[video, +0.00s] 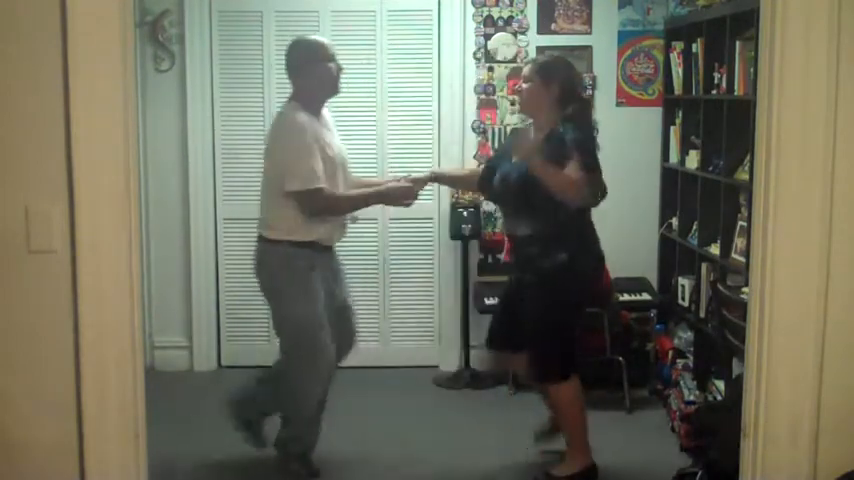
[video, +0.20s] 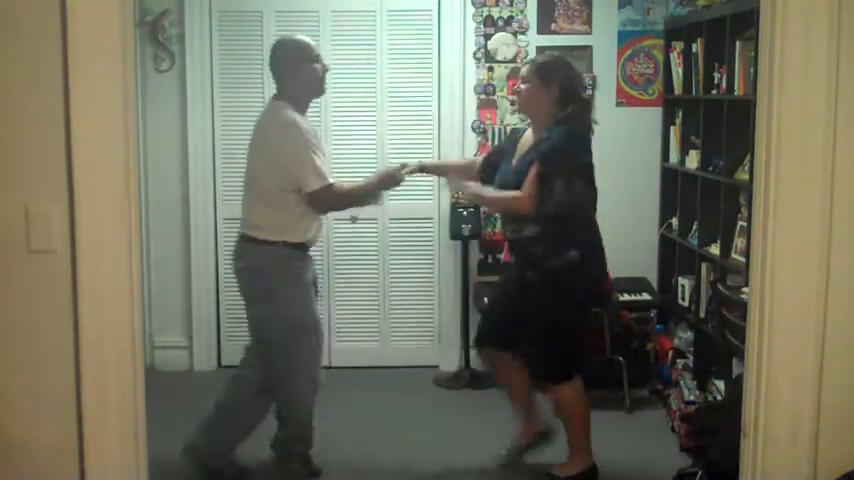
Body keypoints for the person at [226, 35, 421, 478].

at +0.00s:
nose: (339, 68)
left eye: (337, 62)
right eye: (329, 63)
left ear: (316, 74)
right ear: (302, 73)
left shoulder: (317, 121)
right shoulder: (294, 126)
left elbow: (339, 188)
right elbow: (313, 204)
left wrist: (389, 186)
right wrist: (382, 196)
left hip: (317, 253)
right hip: (289, 256)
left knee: (339, 339)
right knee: (311, 355)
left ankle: (251, 403)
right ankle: (294, 453)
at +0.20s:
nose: (325, 69)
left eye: (321, 61)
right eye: (314, 62)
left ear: (292, 73)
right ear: (290, 72)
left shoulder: (282, 120)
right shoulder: (288, 125)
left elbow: (309, 193)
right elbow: (321, 198)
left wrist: (357, 197)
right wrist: (376, 185)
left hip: (274, 255)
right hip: (275, 259)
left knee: (272, 358)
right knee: (299, 356)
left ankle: (209, 448)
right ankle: (294, 455)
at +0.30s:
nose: (319, 70)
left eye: (317, 62)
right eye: (310, 63)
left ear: (284, 73)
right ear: (286, 72)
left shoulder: (266, 117)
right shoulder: (282, 124)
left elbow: (277, 191)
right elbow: (310, 199)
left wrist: (327, 211)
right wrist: (373, 180)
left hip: (251, 251)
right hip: (270, 256)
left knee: (255, 359)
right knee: (309, 351)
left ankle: (202, 458)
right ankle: (293, 456)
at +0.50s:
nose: (317, 72)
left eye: (314, 64)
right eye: (308, 65)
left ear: (278, 75)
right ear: (283, 73)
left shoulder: (256, 119)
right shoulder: (283, 126)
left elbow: (228, 182)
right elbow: (318, 196)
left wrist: (262, 225)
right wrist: (373, 149)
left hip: (248, 254)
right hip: (276, 260)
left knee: (249, 356)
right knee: (319, 355)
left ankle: (202, 457)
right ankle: (305, 455)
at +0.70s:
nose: (324, 70)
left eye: (322, 63)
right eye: (316, 64)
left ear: (284, 74)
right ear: (295, 72)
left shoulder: (267, 120)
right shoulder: (296, 123)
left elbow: (274, 188)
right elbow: (370, 149)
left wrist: (318, 225)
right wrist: (390, 105)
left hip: (266, 254)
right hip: (288, 258)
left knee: (283, 352)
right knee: (320, 354)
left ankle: (221, 436)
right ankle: (304, 456)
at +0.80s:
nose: (330, 70)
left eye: (327, 63)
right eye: (322, 64)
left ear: (290, 72)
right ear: (299, 70)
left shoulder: (275, 116)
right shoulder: (310, 112)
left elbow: (288, 186)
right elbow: (381, 114)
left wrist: (343, 214)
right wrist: (420, 78)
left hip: (267, 248)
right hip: (288, 252)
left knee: (305, 339)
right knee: (320, 344)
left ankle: (249, 410)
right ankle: (306, 452)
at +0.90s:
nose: (335, 65)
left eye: (332, 58)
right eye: (326, 59)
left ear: (295, 71)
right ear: (304, 67)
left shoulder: (277, 114)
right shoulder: (316, 103)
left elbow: (297, 178)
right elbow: (384, 88)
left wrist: (353, 209)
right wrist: (439, 53)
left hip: (277, 242)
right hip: (283, 247)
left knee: (334, 321)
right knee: (312, 337)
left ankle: (282, 410)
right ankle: (309, 451)